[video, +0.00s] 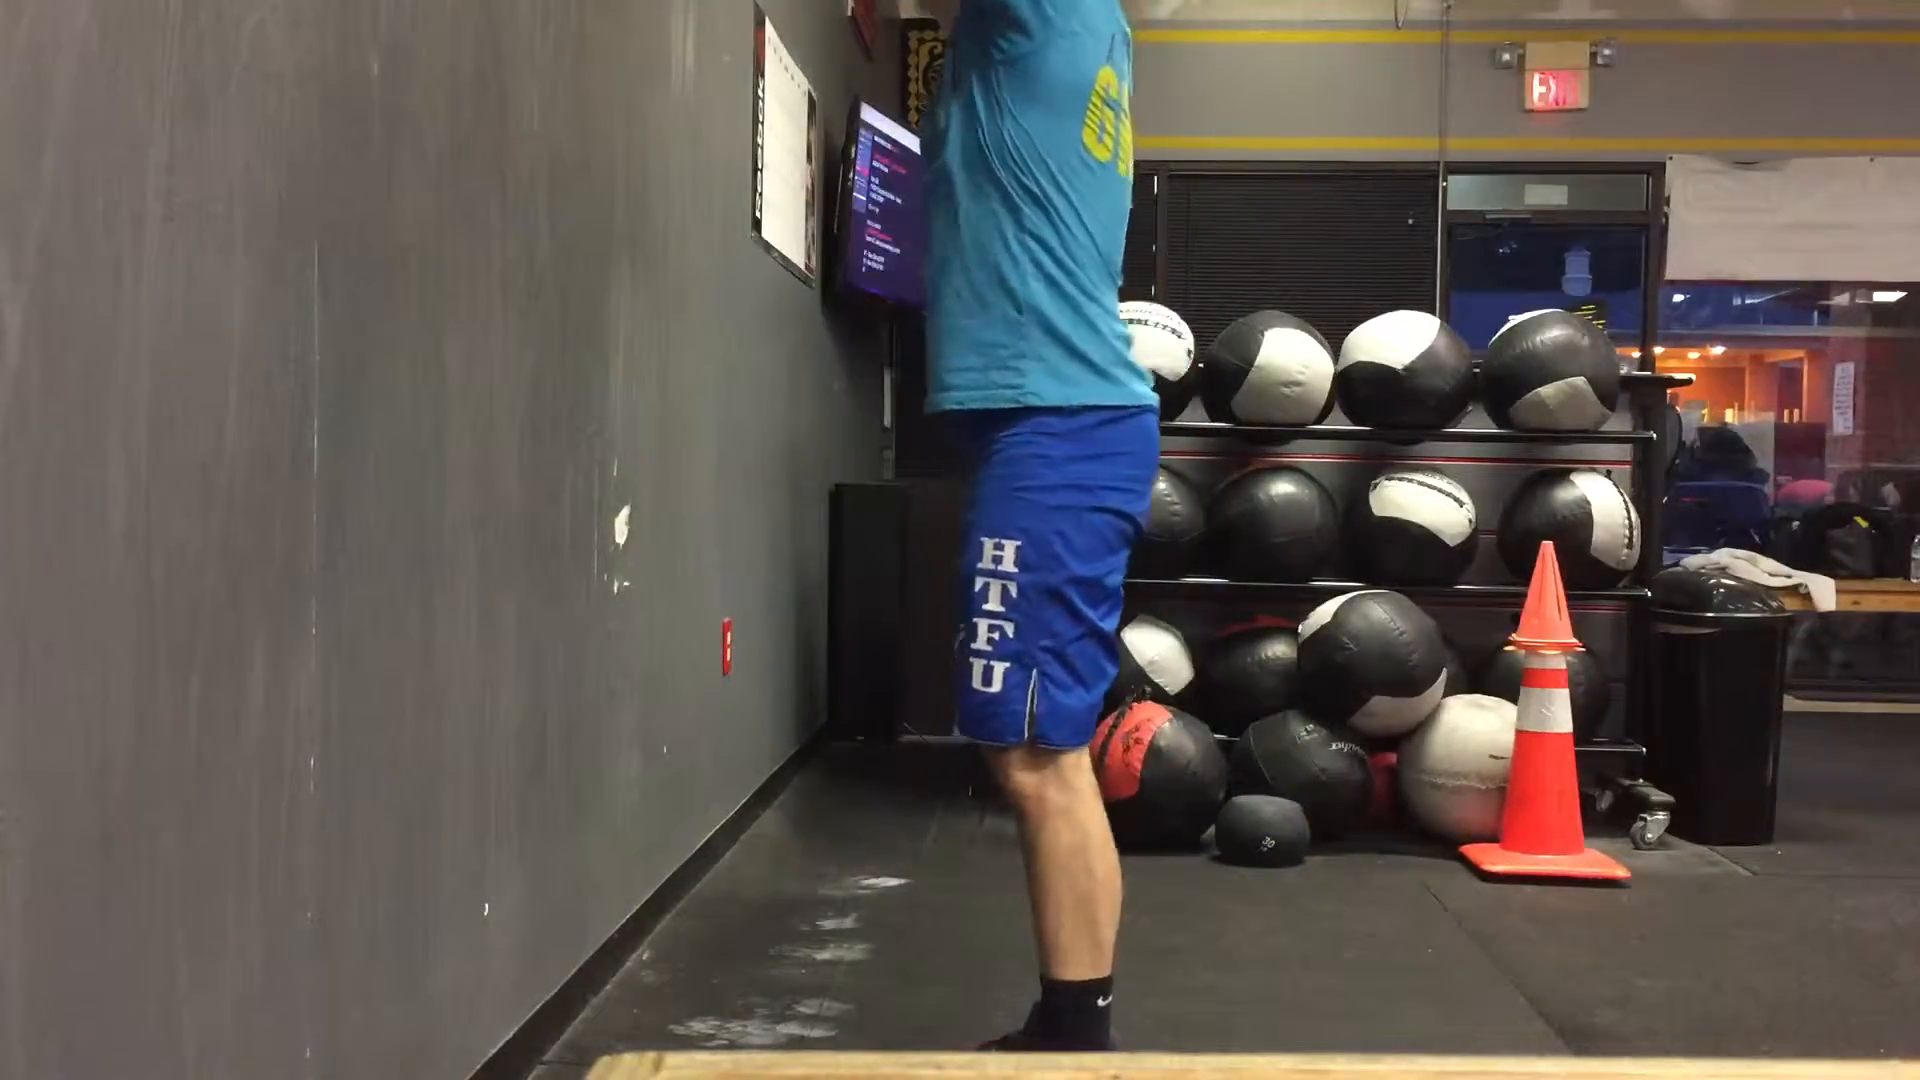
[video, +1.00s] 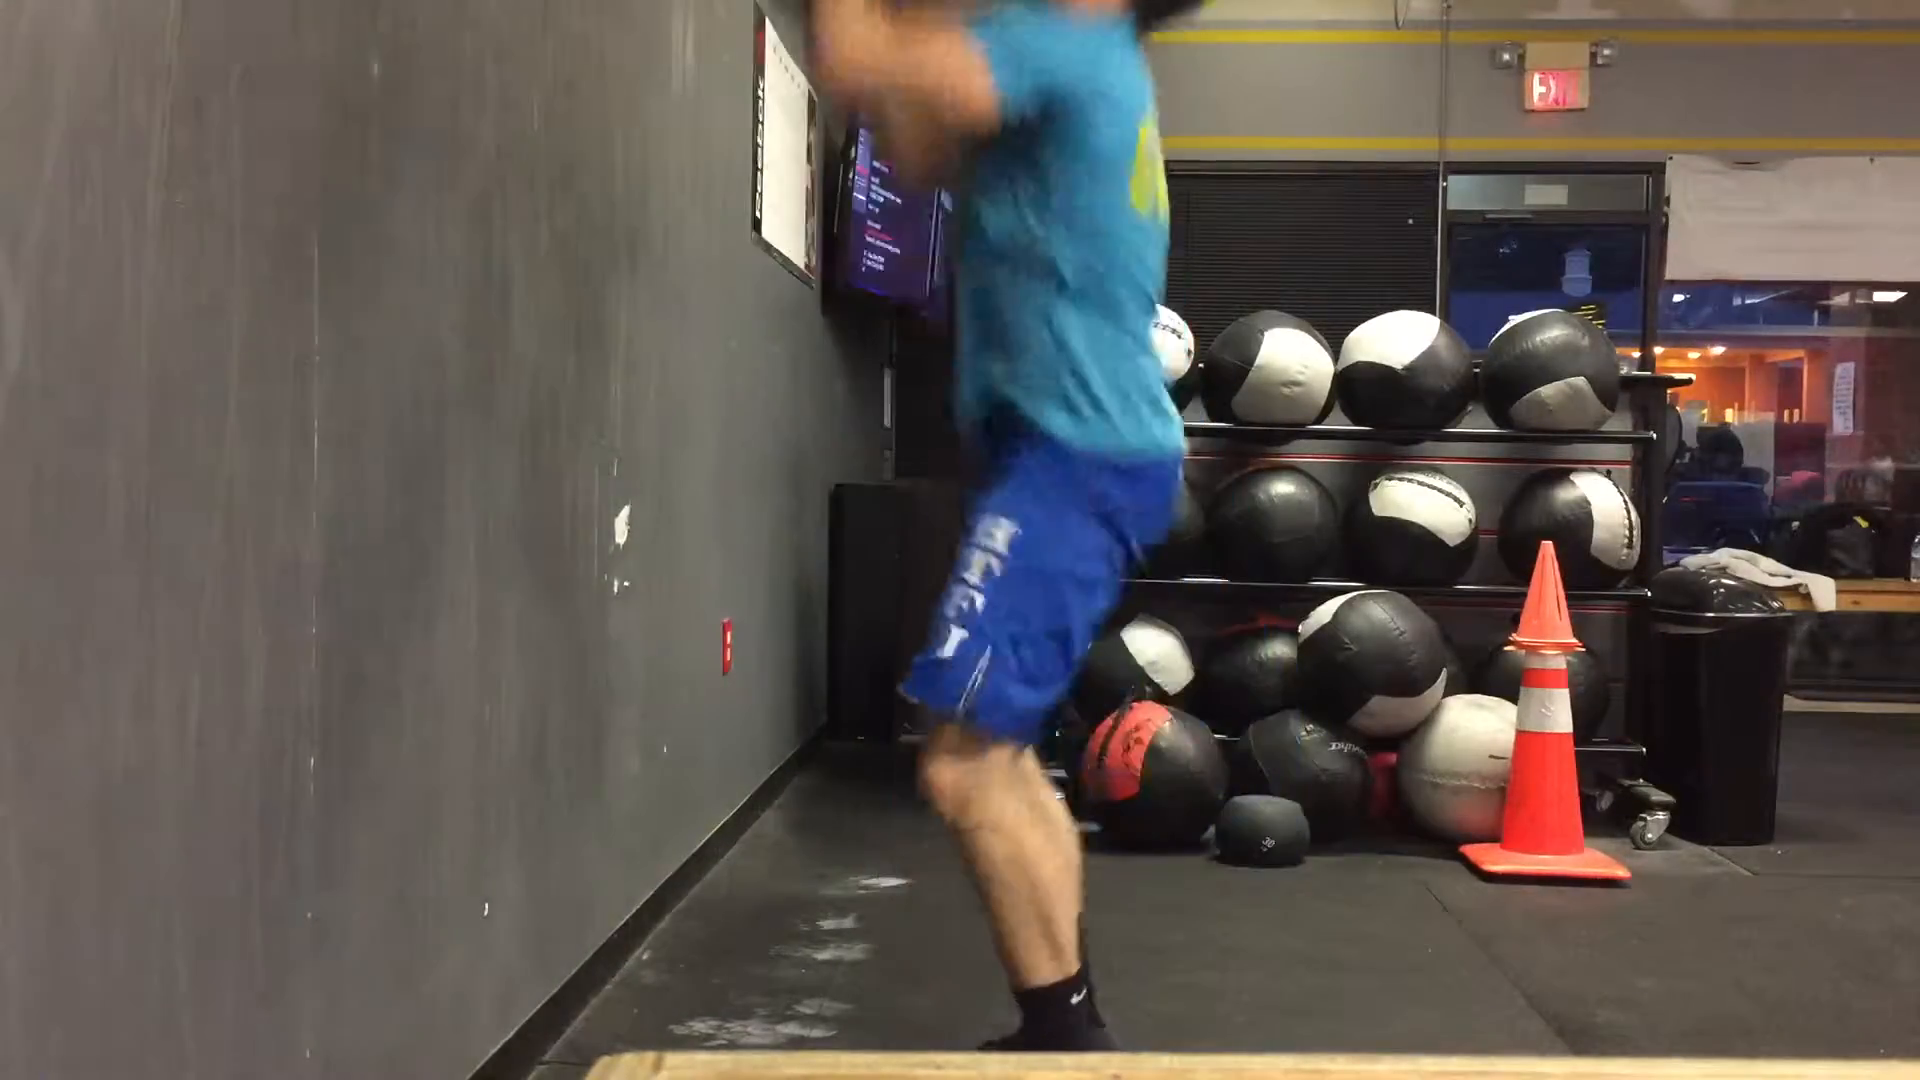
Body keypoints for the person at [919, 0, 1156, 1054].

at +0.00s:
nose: (929, 4)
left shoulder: (1044, 17)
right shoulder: (1056, 31)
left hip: (1065, 418)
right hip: (1061, 414)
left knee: (1038, 750)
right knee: (1039, 749)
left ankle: (1077, 1029)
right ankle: (1073, 1022)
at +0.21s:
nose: (984, 13)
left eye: (1008, 1)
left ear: (1062, 25)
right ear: (1067, 36)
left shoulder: (1019, 144)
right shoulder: (1073, 147)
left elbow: (799, 223)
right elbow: (896, 298)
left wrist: (741, 75)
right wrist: (854, 209)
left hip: (1136, 548)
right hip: (1154, 537)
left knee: (921, 808)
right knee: (989, 799)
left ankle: (1054, 1041)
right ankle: (1067, 1027)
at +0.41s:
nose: (927, 331)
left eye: (953, 321)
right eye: (943, 313)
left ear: (1004, 366)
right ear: (1004, 371)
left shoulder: (996, 500)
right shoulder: (1032, 471)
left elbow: (808, 656)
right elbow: (871, 618)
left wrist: (716, 499)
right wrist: (762, 494)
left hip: (1185, 828)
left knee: (884, 861)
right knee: (906, 779)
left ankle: (1046, 1052)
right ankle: (1056, 1029)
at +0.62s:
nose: (931, 366)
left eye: (957, 356)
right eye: (946, 349)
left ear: (1012, 401)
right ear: (1011, 406)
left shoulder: (1007, 526)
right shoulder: (1042, 503)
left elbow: (835, 690)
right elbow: (882, 662)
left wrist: (730, 554)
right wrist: (837, 618)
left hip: (1197, 841)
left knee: (892, 846)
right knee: (915, 773)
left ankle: (1049, 1055)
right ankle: (1063, 1034)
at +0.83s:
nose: (955, 147)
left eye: (982, 134)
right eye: (971, 129)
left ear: (1036, 174)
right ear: (1034, 180)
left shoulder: (1029, 296)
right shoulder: (1045, 283)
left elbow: (848, 439)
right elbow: (876, 415)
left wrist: (769, 298)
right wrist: (795, 303)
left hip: (1186, 642)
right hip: (1150, 624)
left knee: (914, 827)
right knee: (937, 761)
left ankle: (1051, 1047)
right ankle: (1063, 1021)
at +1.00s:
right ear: (1127, 3)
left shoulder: (1074, 44)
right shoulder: (1080, 55)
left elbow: (858, 63)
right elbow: (928, 157)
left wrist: (842, 2)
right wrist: (895, 63)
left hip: (1083, 448)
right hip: (1063, 443)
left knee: (962, 761)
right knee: (994, 754)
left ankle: (1059, 1029)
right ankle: (1064, 1016)